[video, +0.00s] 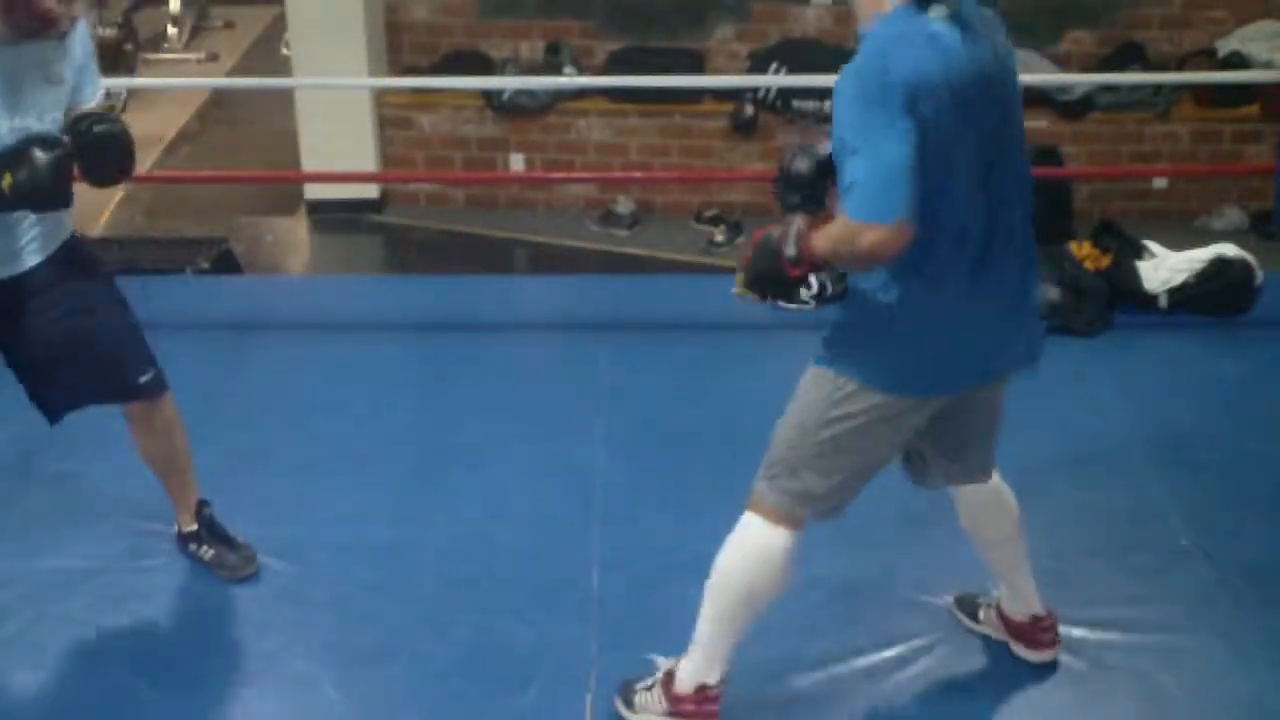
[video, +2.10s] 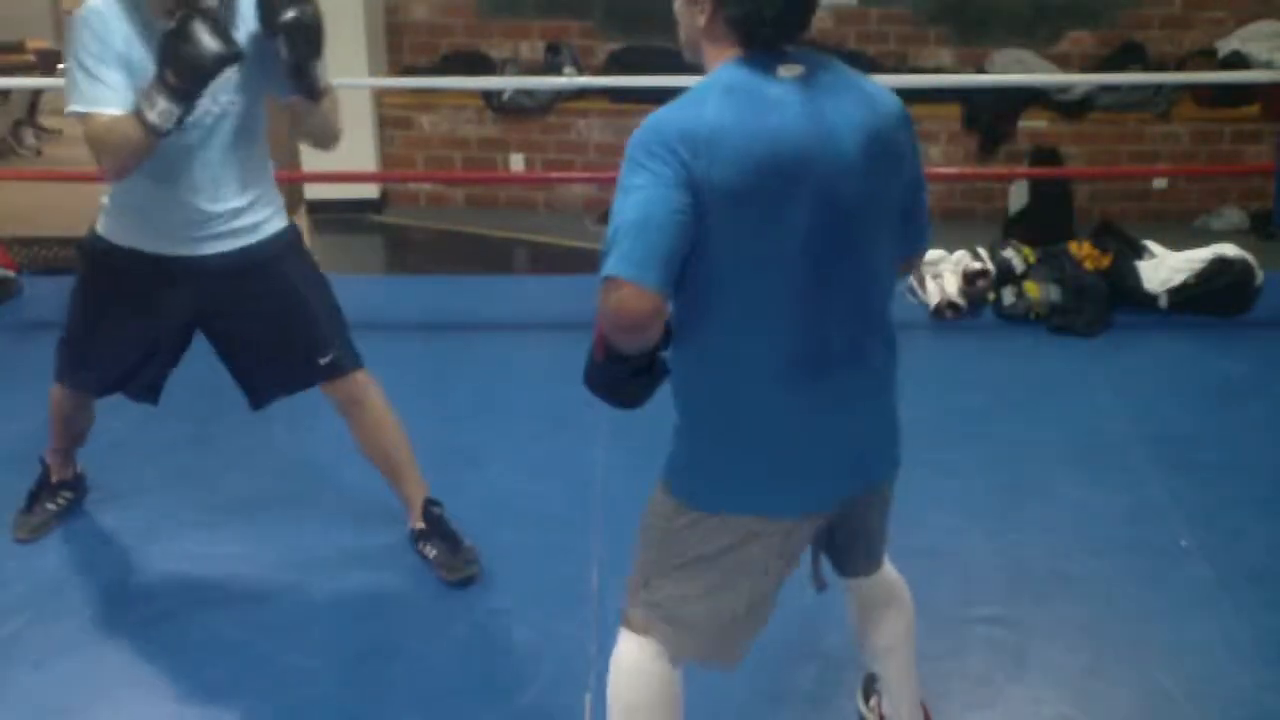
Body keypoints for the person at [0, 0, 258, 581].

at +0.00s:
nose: (59, 12)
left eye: (64, 3)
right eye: (43, 5)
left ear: (71, 3)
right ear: (11, 6)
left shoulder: (68, 30)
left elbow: (89, 112)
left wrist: (103, 146)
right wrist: (7, 183)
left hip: (42, 250)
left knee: (144, 385)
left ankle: (193, 522)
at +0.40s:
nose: (13, 60)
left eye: (19, 43)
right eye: (1, 46)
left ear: (30, 43)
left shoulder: (30, 80)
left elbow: (83, 198)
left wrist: (85, 147)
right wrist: (26, 160)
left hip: (17, 276)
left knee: (146, 398)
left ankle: (254, 525)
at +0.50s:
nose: (60, 65)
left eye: (62, 46)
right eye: (44, 54)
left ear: (67, 36)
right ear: (9, 60)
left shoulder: (73, 83)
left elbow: (111, 208)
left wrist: (121, 166)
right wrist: (34, 197)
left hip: (39, 270)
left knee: (170, 391)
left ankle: (258, 528)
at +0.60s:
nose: (112, 61)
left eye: (118, 41)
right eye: (95, 49)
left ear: (123, 27)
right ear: (39, 45)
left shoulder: (110, 67)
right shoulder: (6, 90)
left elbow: (137, 196)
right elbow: (3, 214)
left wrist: (153, 162)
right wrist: (59, 194)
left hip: (74, 268)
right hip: (4, 293)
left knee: (195, 389)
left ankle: (259, 529)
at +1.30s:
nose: (126, 29)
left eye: (138, 17)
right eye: (115, 15)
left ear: (148, 11)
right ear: (71, 2)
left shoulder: (154, 37)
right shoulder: (14, 44)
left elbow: (212, 163)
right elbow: (22, 190)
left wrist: (206, 100)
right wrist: (95, 128)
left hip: (150, 261)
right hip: (32, 277)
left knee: (261, 389)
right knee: (4, 427)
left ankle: (338, 523)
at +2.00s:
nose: (166, 3)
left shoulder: (217, 11)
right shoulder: (62, 18)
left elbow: (268, 130)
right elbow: (66, 158)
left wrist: (264, 78)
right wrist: (129, 104)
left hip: (224, 230)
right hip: (107, 242)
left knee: (323, 370)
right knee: (54, 393)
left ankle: (412, 504)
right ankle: (61, 481)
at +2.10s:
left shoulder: (254, 14)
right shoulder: (103, 21)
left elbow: (324, 135)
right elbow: (110, 157)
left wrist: (304, 70)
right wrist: (172, 88)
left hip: (253, 235)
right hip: (134, 242)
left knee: (346, 377)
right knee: (75, 382)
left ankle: (424, 516)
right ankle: (59, 476)